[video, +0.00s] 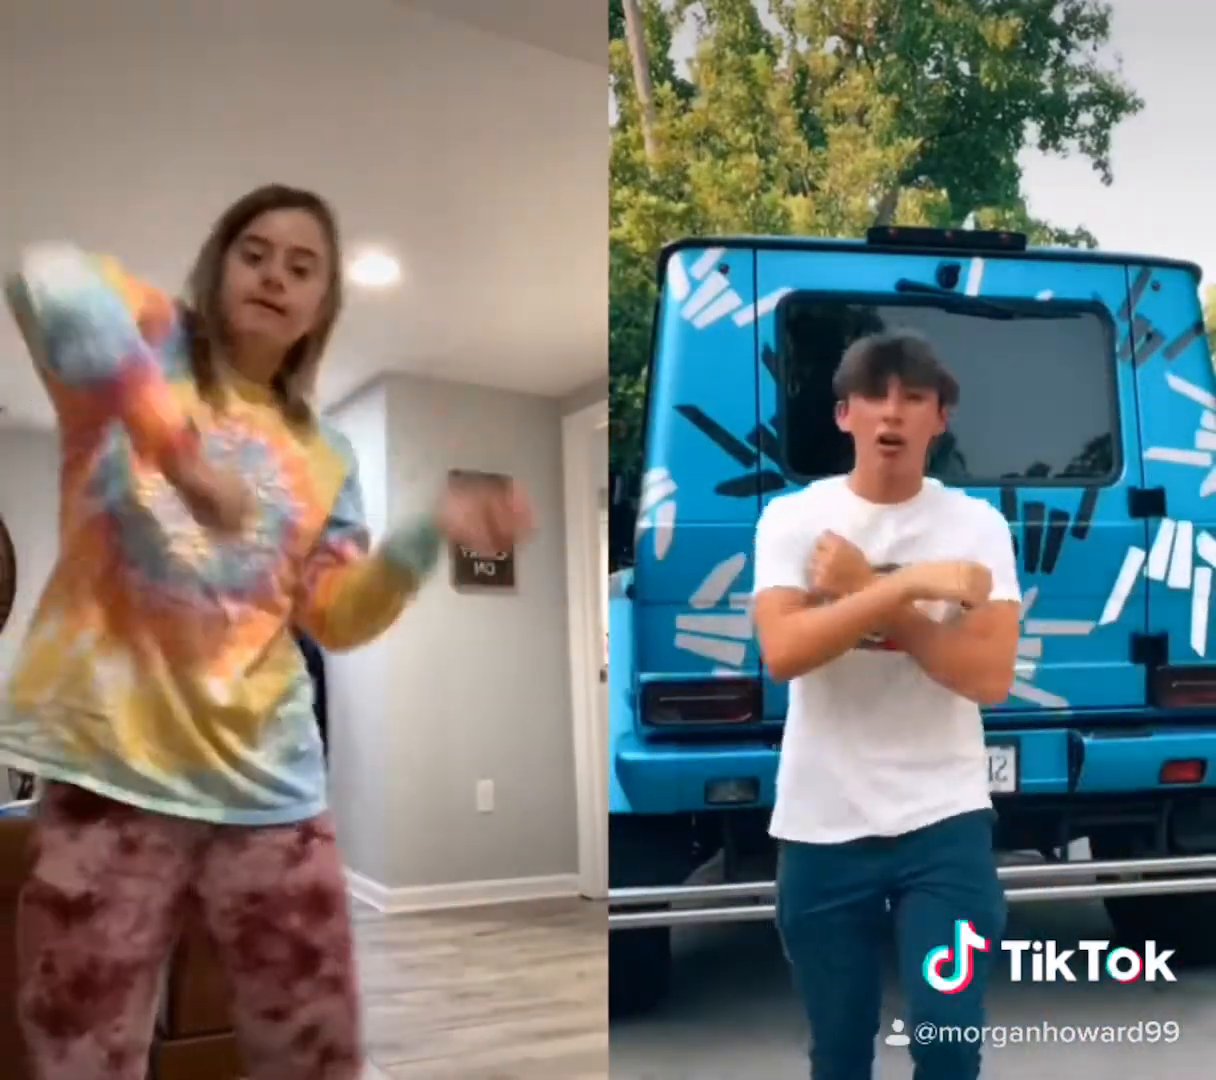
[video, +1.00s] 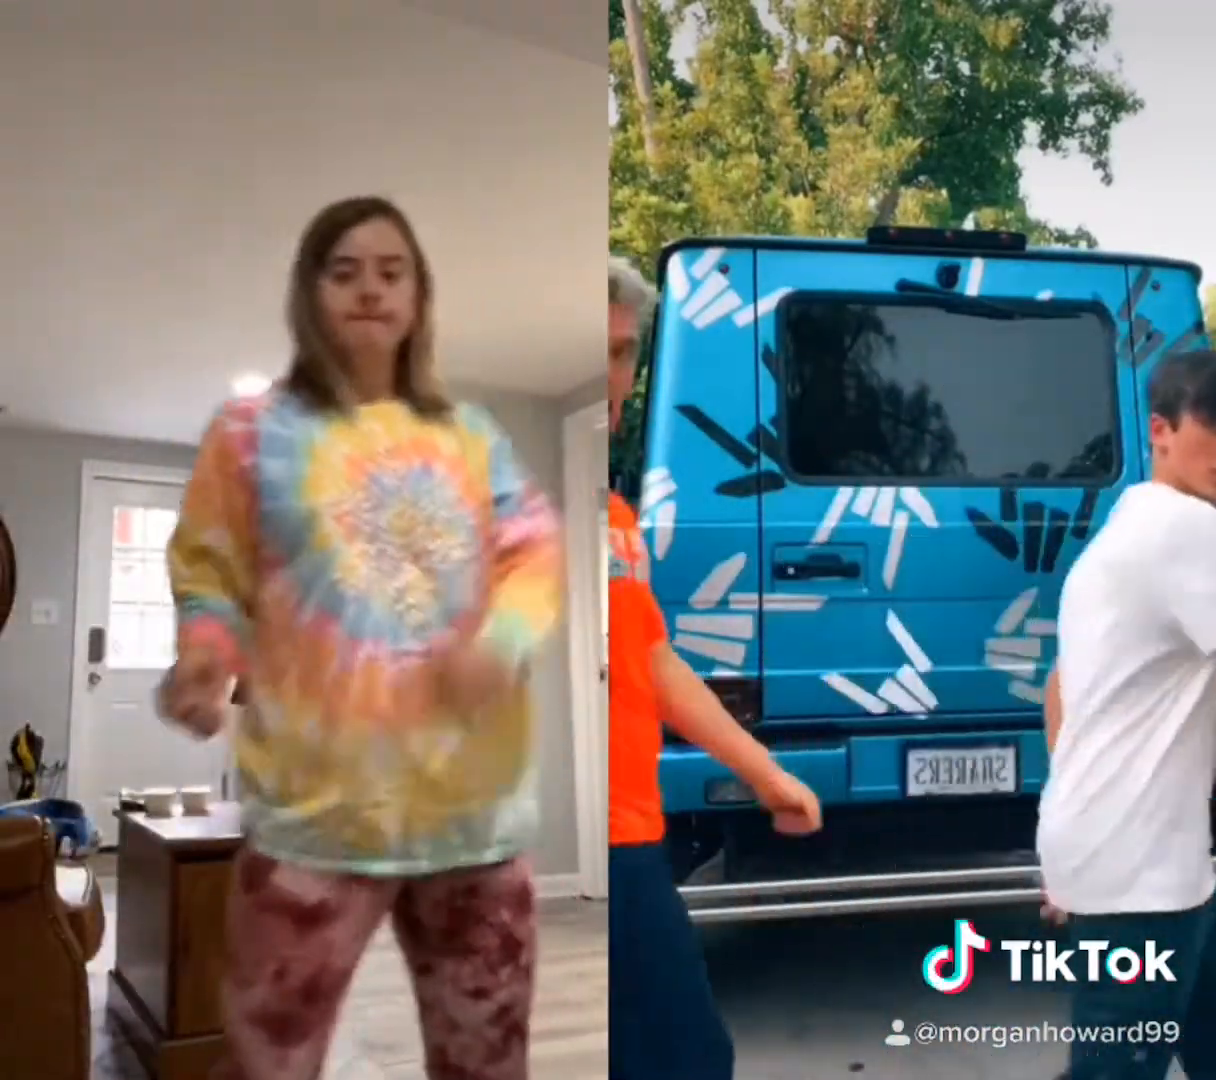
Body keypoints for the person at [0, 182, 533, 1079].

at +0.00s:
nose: (274, 276)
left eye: (303, 266)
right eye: (254, 253)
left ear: (324, 308)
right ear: (216, 269)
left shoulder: (326, 458)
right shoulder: (149, 346)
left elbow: (334, 622)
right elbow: (50, 281)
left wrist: (429, 534)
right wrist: (178, 454)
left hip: (271, 799)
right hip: (106, 786)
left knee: (314, 1061)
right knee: (78, 1064)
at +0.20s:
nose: (353, 296)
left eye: (382, 285)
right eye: (335, 271)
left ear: (406, 318)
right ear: (294, 280)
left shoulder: (412, 471)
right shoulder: (199, 387)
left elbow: (400, 629)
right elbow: (109, 490)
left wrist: (472, 703)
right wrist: (263, 598)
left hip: (359, 817)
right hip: (196, 812)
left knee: (430, 1057)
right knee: (147, 1063)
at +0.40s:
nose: (430, 322)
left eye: (457, 308)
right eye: (410, 299)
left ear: (483, 340)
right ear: (370, 313)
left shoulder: (507, 483)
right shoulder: (285, 463)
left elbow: (542, 642)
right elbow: (226, 648)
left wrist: (529, 746)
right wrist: (368, 717)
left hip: (483, 846)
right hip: (323, 859)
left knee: (539, 1067)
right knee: (274, 1066)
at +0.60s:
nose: (449, 288)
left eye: (474, 271)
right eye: (427, 265)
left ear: (502, 298)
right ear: (389, 282)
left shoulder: (541, 438)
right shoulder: (316, 423)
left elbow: (573, 576)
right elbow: (261, 585)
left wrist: (571, 629)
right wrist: (387, 604)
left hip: (507, 811)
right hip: (353, 811)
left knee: (521, 1062)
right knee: (360, 1063)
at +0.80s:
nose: (432, 303)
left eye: (456, 286)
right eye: (409, 284)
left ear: (482, 312)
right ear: (375, 303)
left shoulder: (533, 456)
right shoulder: (308, 445)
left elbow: (583, 651)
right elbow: (255, 625)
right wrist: (313, 587)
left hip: (512, 836)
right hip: (358, 836)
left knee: (534, 1069)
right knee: (363, 1070)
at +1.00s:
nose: (370, 289)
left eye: (392, 271)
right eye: (345, 270)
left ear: (419, 296)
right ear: (309, 295)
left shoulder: (471, 437)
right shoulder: (252, 432)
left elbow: (537, 555)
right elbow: (205, 567)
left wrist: (499, 643)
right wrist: (208, 651)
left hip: (468, 807)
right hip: (312, 811)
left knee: (487, 1061)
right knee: (270, 1059)